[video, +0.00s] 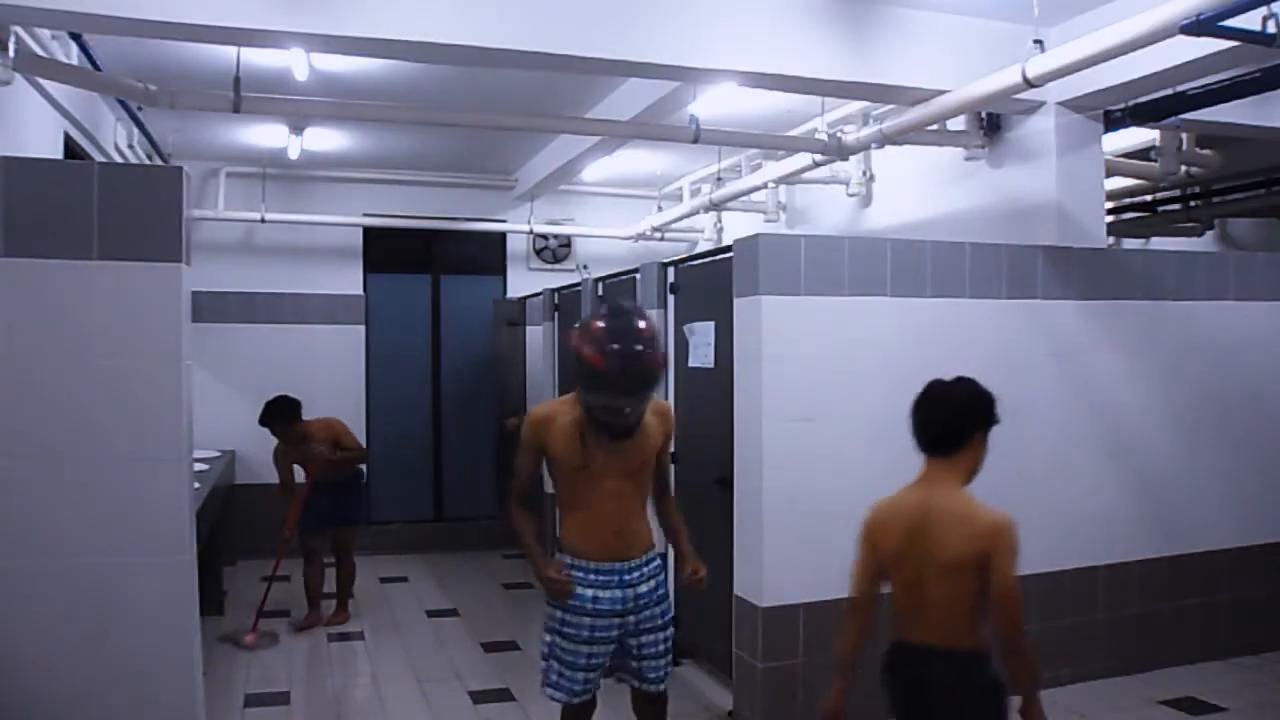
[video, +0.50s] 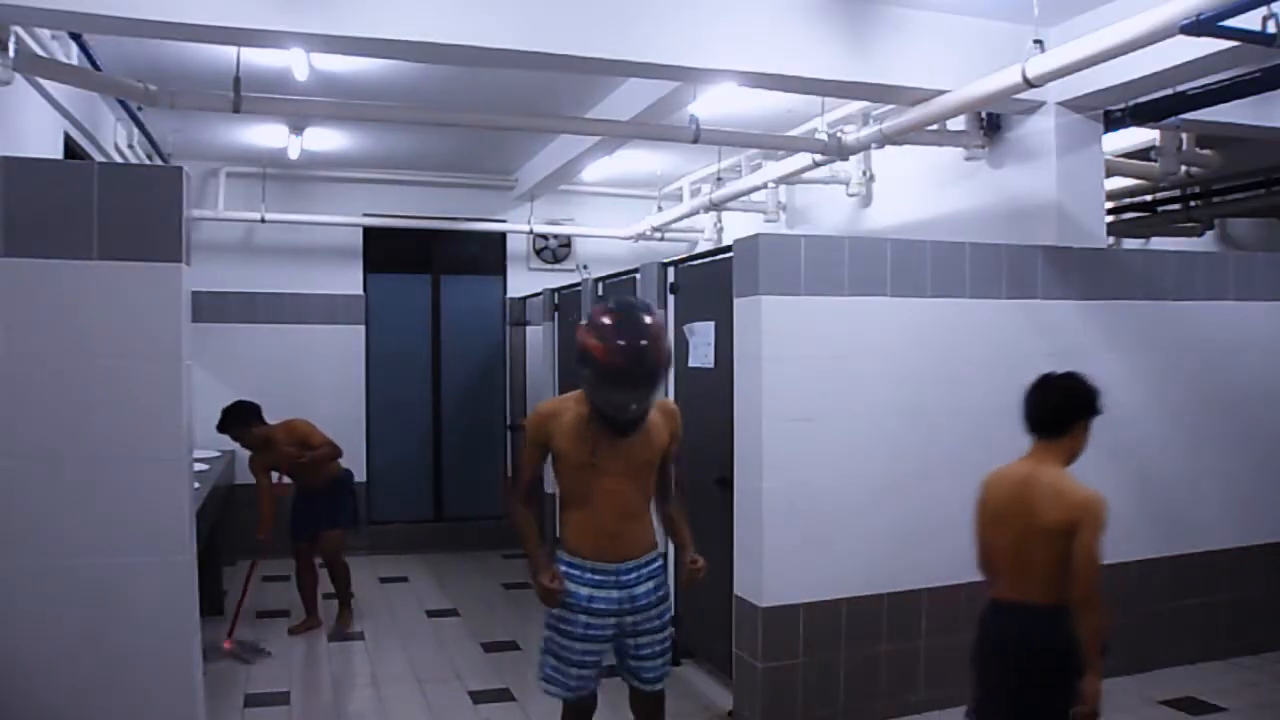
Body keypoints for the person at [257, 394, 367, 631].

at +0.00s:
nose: (275, 437)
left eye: (277, 431)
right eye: (272, 432)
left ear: (292, 423)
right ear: (276, 430)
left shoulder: (331, 428)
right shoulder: (283, 453)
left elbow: (361, 455)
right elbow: (289, 491)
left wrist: (332, 457)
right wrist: (289, 528)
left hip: (347, 486)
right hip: (317, 488)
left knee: (342, 548)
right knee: (311, 549)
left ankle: (341, 609)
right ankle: (313, 611)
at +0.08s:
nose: (271, 439)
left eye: (273, 433)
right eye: (267, 435)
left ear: (288, 424)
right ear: (268, 433)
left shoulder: (324, 429)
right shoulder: (278, 457)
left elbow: (359, 452)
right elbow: (284, 496)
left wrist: (332, 460)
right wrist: (285, 530)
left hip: (346, 485)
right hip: (315, 489)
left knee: (341, 549)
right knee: (311, 550)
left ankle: (341, 608)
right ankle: (312, 614)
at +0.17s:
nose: (264, 442)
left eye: (266, 435)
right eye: (259, 437)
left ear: (280, 425)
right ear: (259, 434)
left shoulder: (317, 431)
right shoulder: (272, 459)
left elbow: (354, 451)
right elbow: (277, 498)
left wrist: (327, 465)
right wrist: (281, 530)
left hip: (343, 485)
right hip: (312, 489)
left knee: (338, 550)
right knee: (308, 551)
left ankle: (341, 609)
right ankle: (311, 614)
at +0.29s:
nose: (250, 444)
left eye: (251, 438)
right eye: (246, 440)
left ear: (264, 429)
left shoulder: (307, 432)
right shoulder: (265, 462)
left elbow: (345, 452)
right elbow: (269, 499)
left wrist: (321, 463)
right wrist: (273, 531)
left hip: (338, 488)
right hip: (307, 492)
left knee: (333, 551)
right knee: (302, 553)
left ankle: (338, 608)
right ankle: (311, 615)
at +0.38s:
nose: (245, 446)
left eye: (245, 439)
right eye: (241, 441)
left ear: (258, 430)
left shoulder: (301, 431)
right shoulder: (261, 463)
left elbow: (340, 452)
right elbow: (267, 500)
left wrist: (313, 461)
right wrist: (271, 530)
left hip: (336, 487)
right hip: (305, 492)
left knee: (331, 550)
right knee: (301, 554)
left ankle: (340, 605)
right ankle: (311, 616)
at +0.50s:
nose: (240, 445)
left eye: (239, 438)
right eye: (235, 440)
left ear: (253, 427)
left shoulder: (296, 430)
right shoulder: (258, 461)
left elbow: (334, 450)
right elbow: (266, 500)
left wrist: (304, 457)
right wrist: (264, 531)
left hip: (335, 487)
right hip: (306, 492)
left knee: (331, 552)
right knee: (302, 554)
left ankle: (345, 609)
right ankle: (312, 616)